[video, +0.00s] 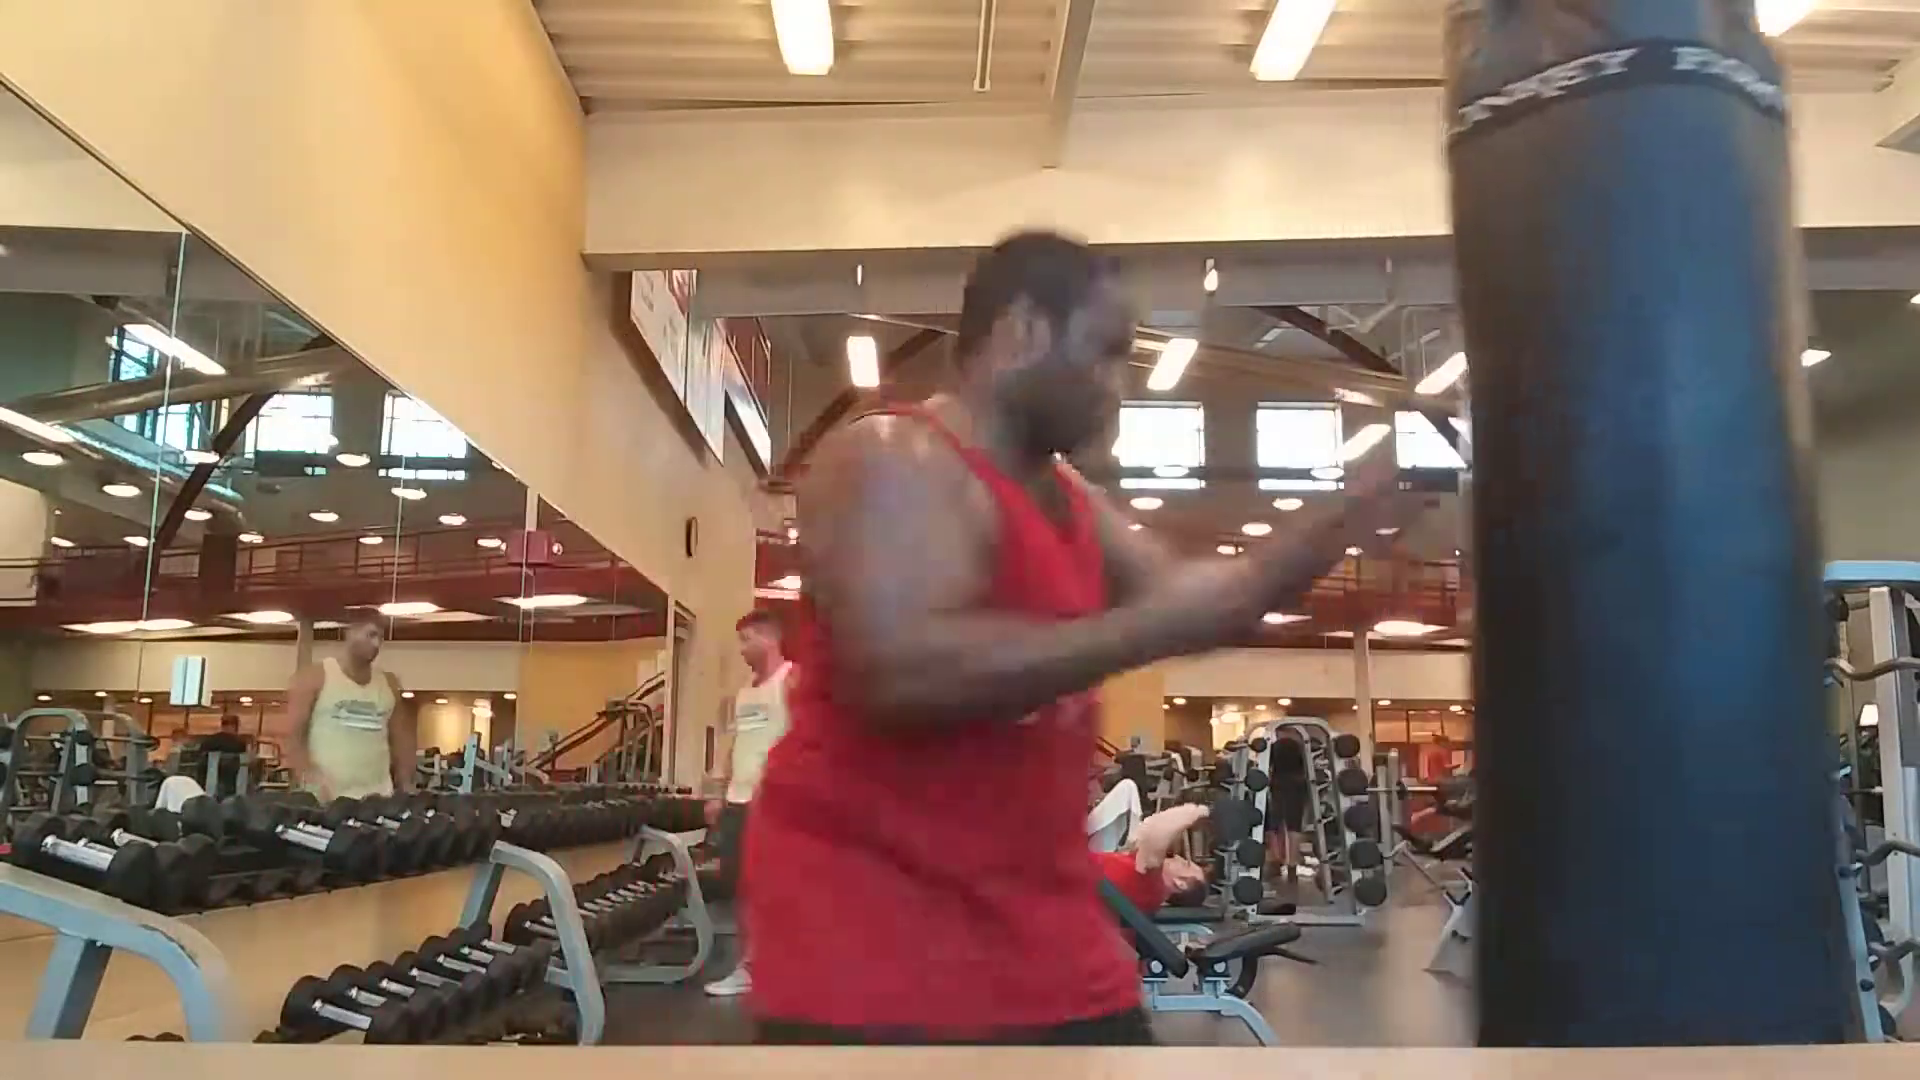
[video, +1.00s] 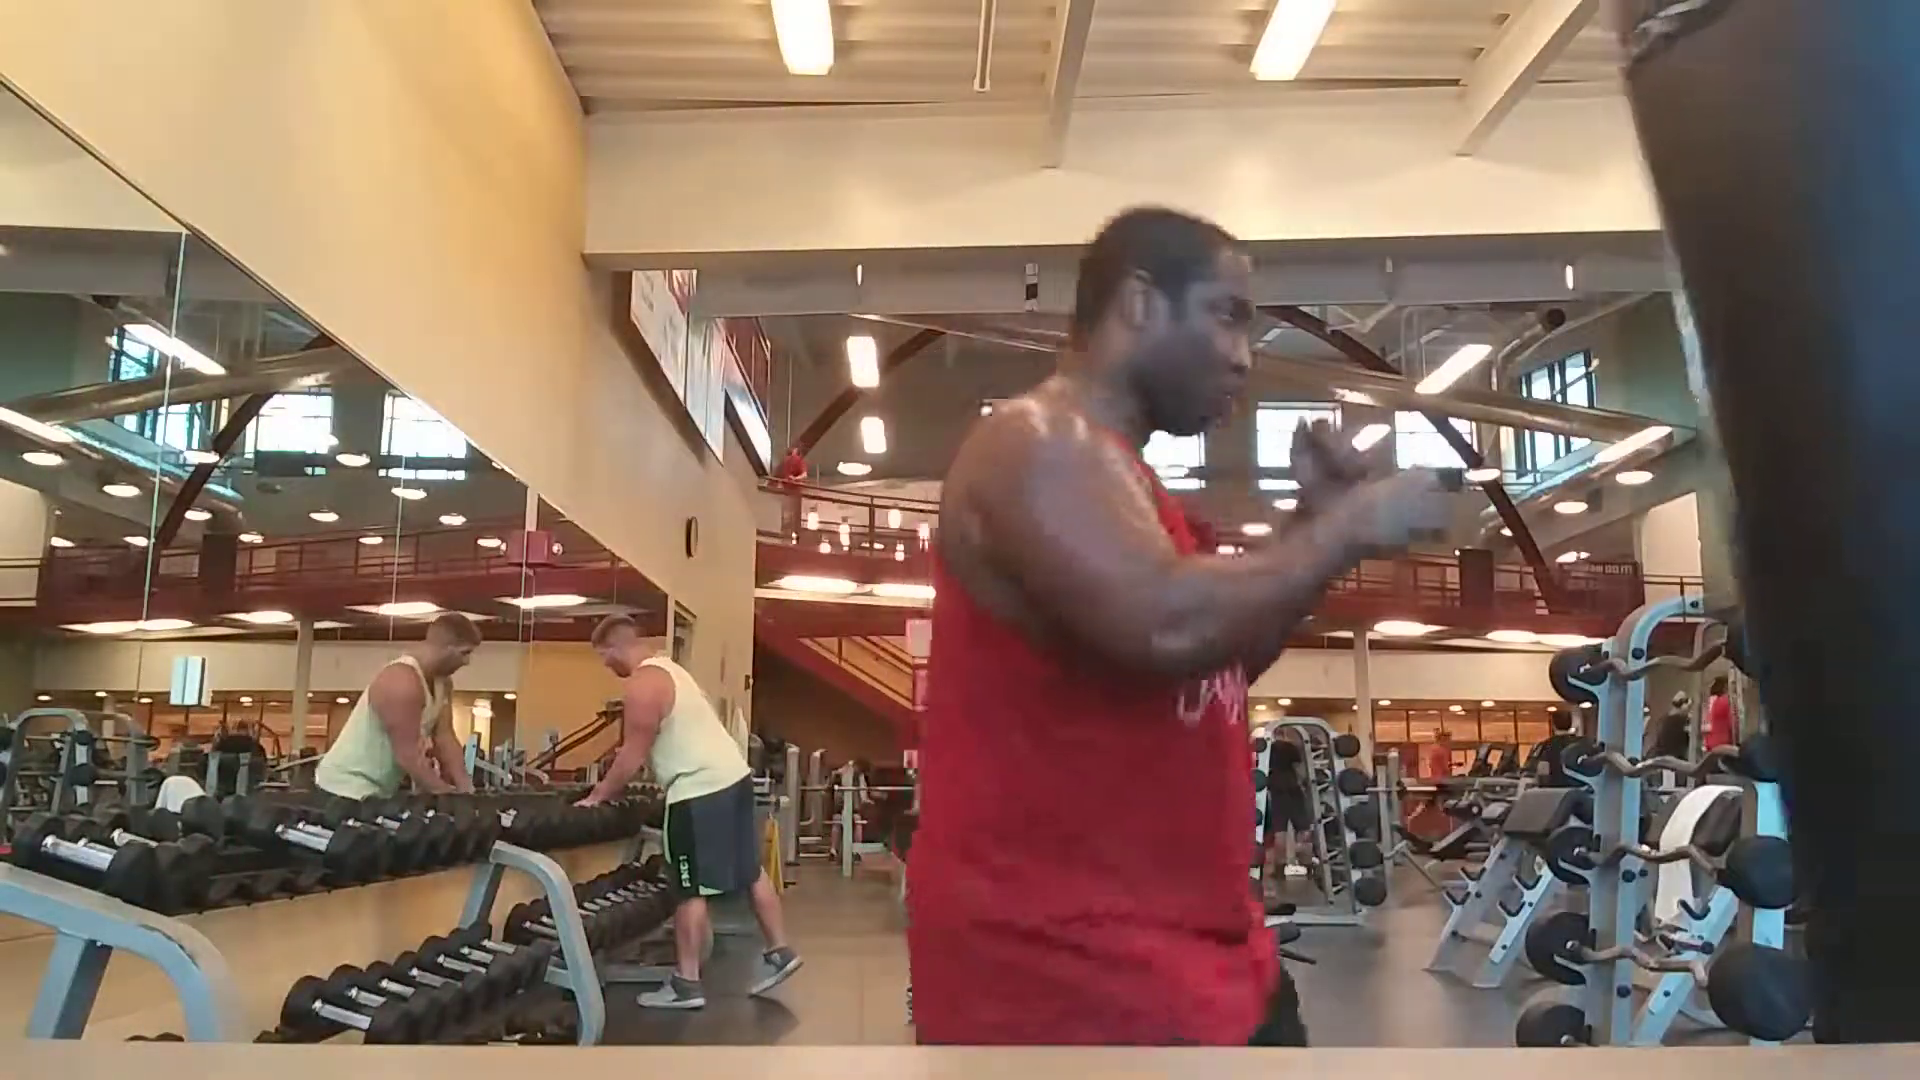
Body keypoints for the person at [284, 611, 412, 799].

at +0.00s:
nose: (378, 644)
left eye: (380, 638)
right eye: (371, 635)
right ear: (350, 633)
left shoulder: (388, 683)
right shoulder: (314, 676)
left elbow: (400, 742)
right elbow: (293, 736)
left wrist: (404, 788)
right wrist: (310, 775)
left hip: (377, 796)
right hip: (325, 797)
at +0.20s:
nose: (398, 644)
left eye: (401, 636)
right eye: (392, 635)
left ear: (404, 637)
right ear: (370, 632)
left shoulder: (402, 681)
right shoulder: (334, 673)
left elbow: (410, 735)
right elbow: (310, 732)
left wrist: (422, 767)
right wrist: (348, 768)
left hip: (387, 798)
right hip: (339, 799)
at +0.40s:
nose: (418, 648)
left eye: (420, 641)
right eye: (414, 639)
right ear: (392, 634)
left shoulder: (410, 682)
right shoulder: (358, 671)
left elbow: (418, 739)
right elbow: (353, 737)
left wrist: (429, 762)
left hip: (391, 792)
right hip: (351, 791)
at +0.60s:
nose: (446, 652)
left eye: (448, 645)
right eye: (442, 644)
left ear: (421, 638)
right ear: (421, 637)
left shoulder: (423, 675)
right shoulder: (383, 675)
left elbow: (430, 731)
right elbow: (403, 745)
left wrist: (451, 771)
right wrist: (445, 784)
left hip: (382, 791)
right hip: (347, 789)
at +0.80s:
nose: (463, 660)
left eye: (465, 652)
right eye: (460, 651)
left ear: (439, 647)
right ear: (440, 646)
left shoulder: (438, 680)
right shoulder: (398, 679)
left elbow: (442, 734)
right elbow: (410, 757)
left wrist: (465, 788)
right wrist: (451, 797)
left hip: (381, 791)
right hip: (345, 789)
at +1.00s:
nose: (467, 662)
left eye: (469, 655)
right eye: (465, 654)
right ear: (449, 648)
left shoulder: (440, 682)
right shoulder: (401, 681)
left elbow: (445, 736)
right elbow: (409, 759)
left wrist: (466, 789)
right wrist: (450, 797)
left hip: (381, 790)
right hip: (347, 789)